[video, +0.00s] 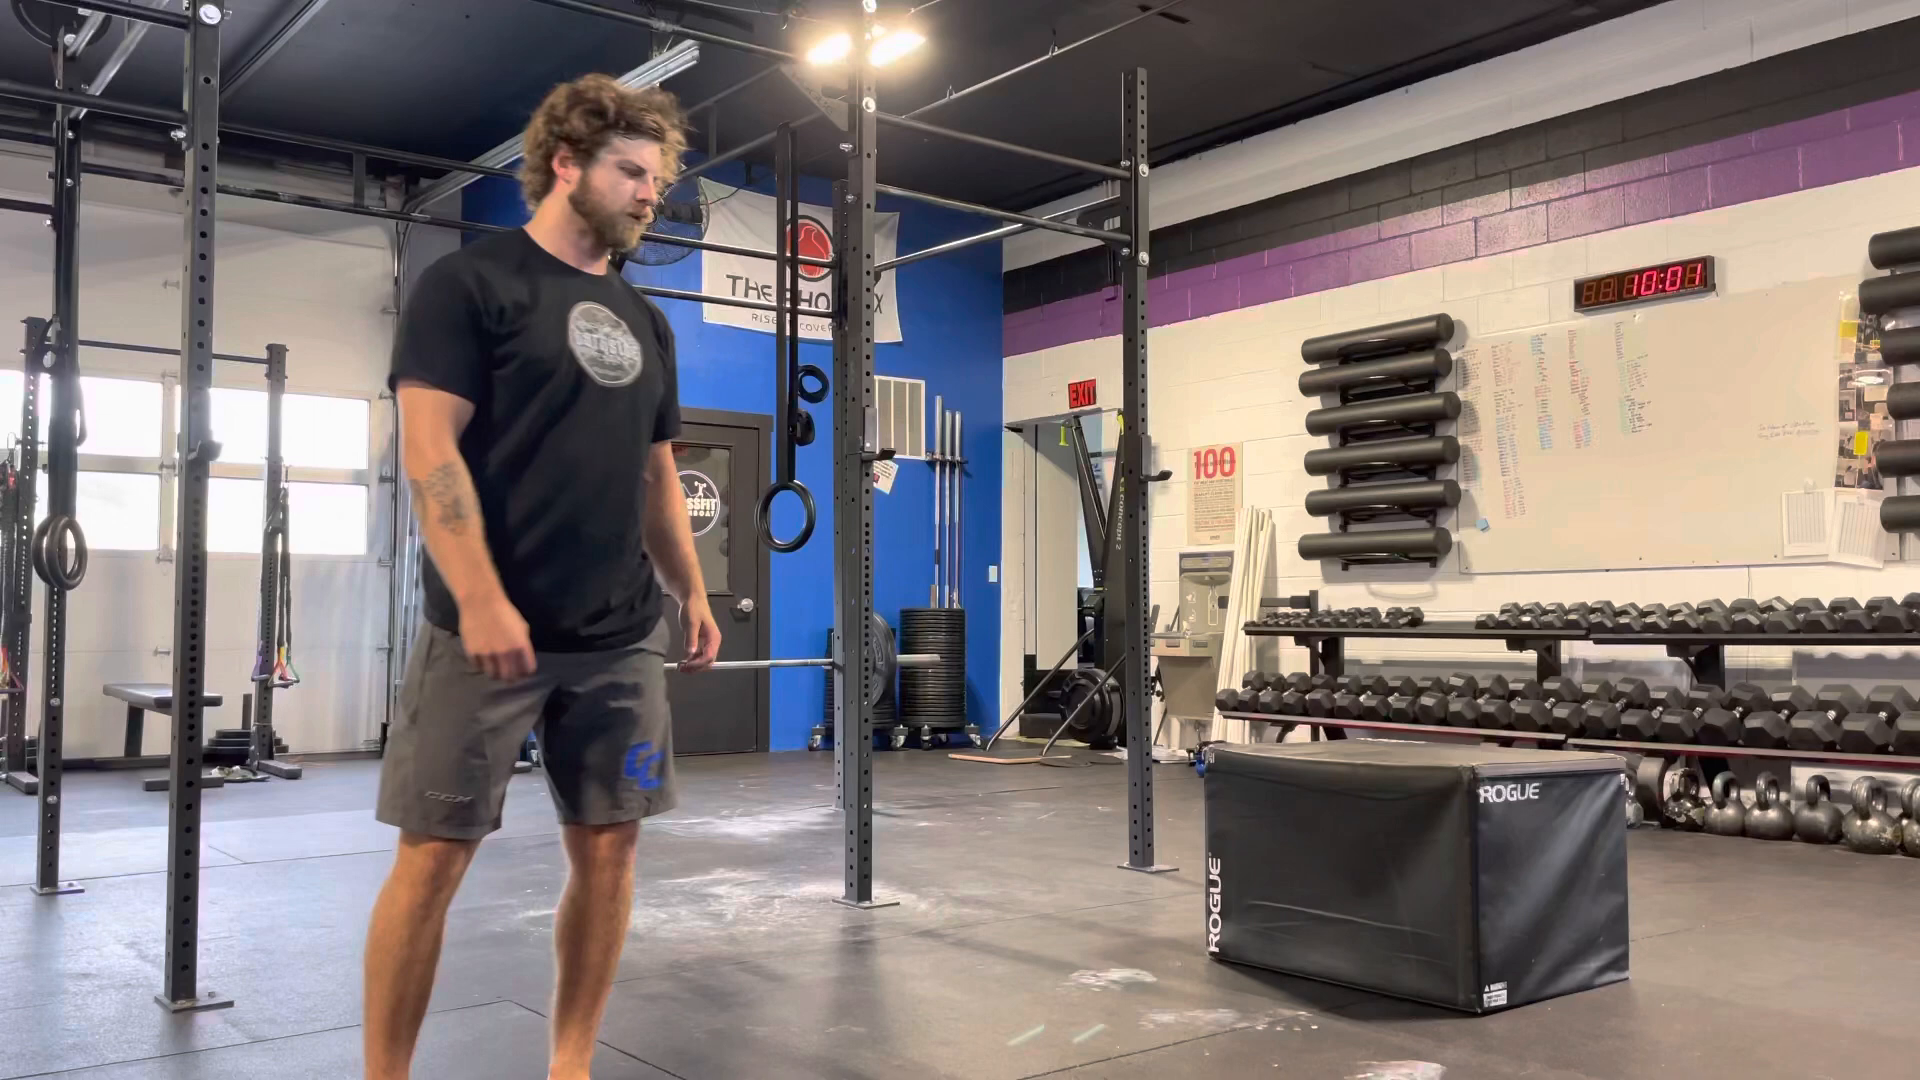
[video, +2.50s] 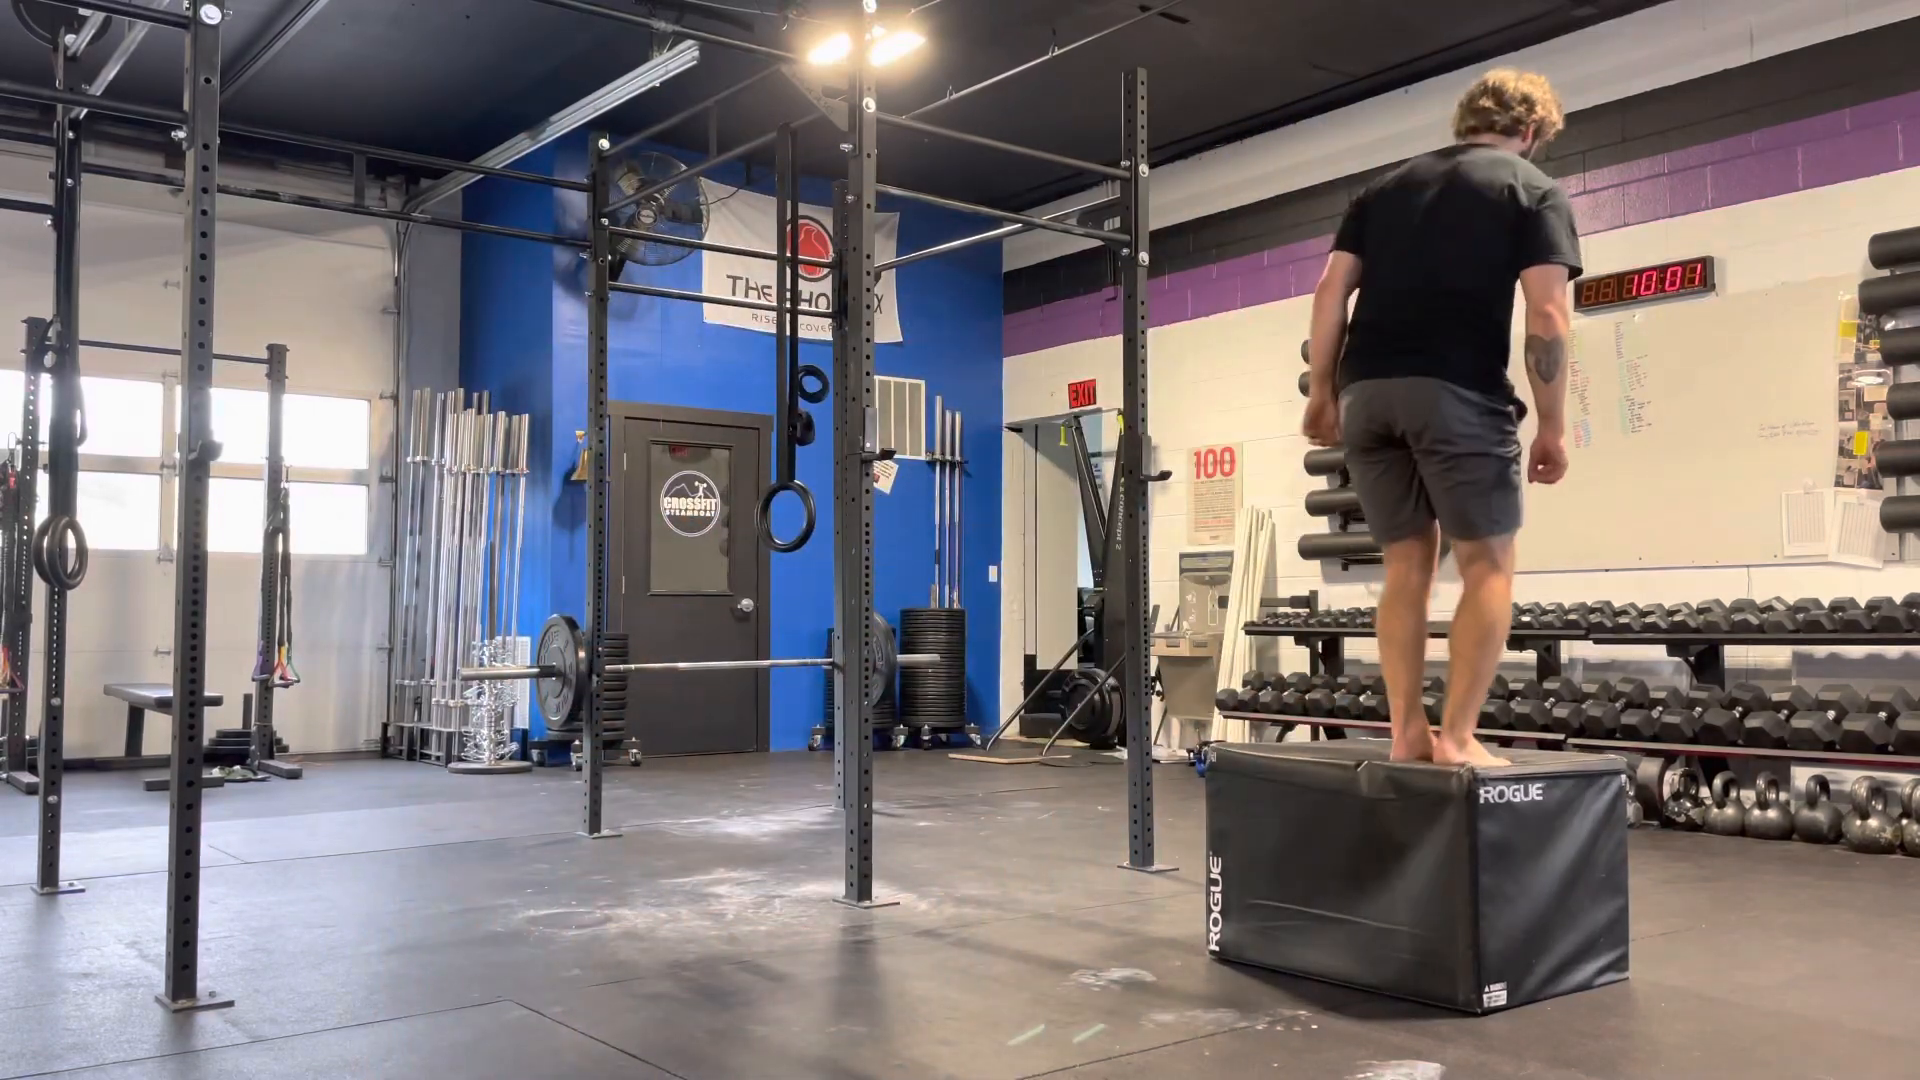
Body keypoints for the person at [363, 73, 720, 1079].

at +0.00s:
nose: (651, 193)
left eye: (660, 179)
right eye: (634, 171)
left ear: (660, 189)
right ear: (566, 165)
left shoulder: (641, 319)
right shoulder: (467, 279)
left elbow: (657, 467)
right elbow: (427, 451)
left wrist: (691, 590)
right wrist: (479, 598)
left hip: (617, 629)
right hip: (488, 625)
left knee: (609, 845)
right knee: (435, 854)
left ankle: (571, 1061)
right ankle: (385, 1071)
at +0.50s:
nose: (776, 226)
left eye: (783, 211)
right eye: (758, 205)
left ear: (779, 220)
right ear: (695, 202)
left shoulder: (756, 348)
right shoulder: (604, 306)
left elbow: (766, 495)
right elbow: (524, 450)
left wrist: (793, 620)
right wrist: (538, 595)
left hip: (723, 621)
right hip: (623, 605)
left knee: (661, 861)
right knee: (726, 798)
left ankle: (578, 1058)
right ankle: (706, 1043)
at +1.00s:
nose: (1028, 481)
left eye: (1034, 464)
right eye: (1010, 462)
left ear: (1039, 466)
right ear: (946, 463)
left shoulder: (1016, 577)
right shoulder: (858, 524)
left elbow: (1069, 678)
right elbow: (701, 545)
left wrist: (1088, 714)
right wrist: (598, 662)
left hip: (853, 792)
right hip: (791, 777)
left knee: (853, 1007)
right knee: (1001, 848)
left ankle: (619, 1040)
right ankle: (948, 1052)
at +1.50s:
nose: (1287, 248)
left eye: (1289, 234)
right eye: (1286, 233)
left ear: (1201, 221)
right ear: (1261, 226)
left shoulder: (1147, 281)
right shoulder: (1239, 287)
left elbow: (1067, 351)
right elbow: (1331, 394)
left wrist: (1139, 398)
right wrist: (1406, 372)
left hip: (1122, 526)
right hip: (1124, 535)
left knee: (1263, 563)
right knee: (1081, 743)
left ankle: (1180, 711)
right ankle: (986, 965)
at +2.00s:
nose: (1469, 238)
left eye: (1468, 231)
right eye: (1468, 230)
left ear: (1384, 227)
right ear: (1455, 225)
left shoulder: (1337, 275)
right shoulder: (1471, 265)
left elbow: (1268, 390)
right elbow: (1501, 399)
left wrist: (1295, 487)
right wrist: (1504, 497)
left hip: (1312, 457)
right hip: (1403, 460)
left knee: (1395, 582)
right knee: (1457, 634)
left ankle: (1412, 738)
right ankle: (1332, 717)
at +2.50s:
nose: (1543, 151)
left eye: (1546, 142)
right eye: (1545, 141)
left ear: (1466, 123)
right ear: (1530, 131)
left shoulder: (1386, 186)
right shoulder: (1531, 188)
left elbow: (1330, 290)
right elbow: (1547, 318)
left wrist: (1321, 392)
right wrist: (1551, 427)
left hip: (1365, 391)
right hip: (1456, 391)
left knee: (1404, 560)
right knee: (1486, 568)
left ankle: (1407, 736)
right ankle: (1455, 740)